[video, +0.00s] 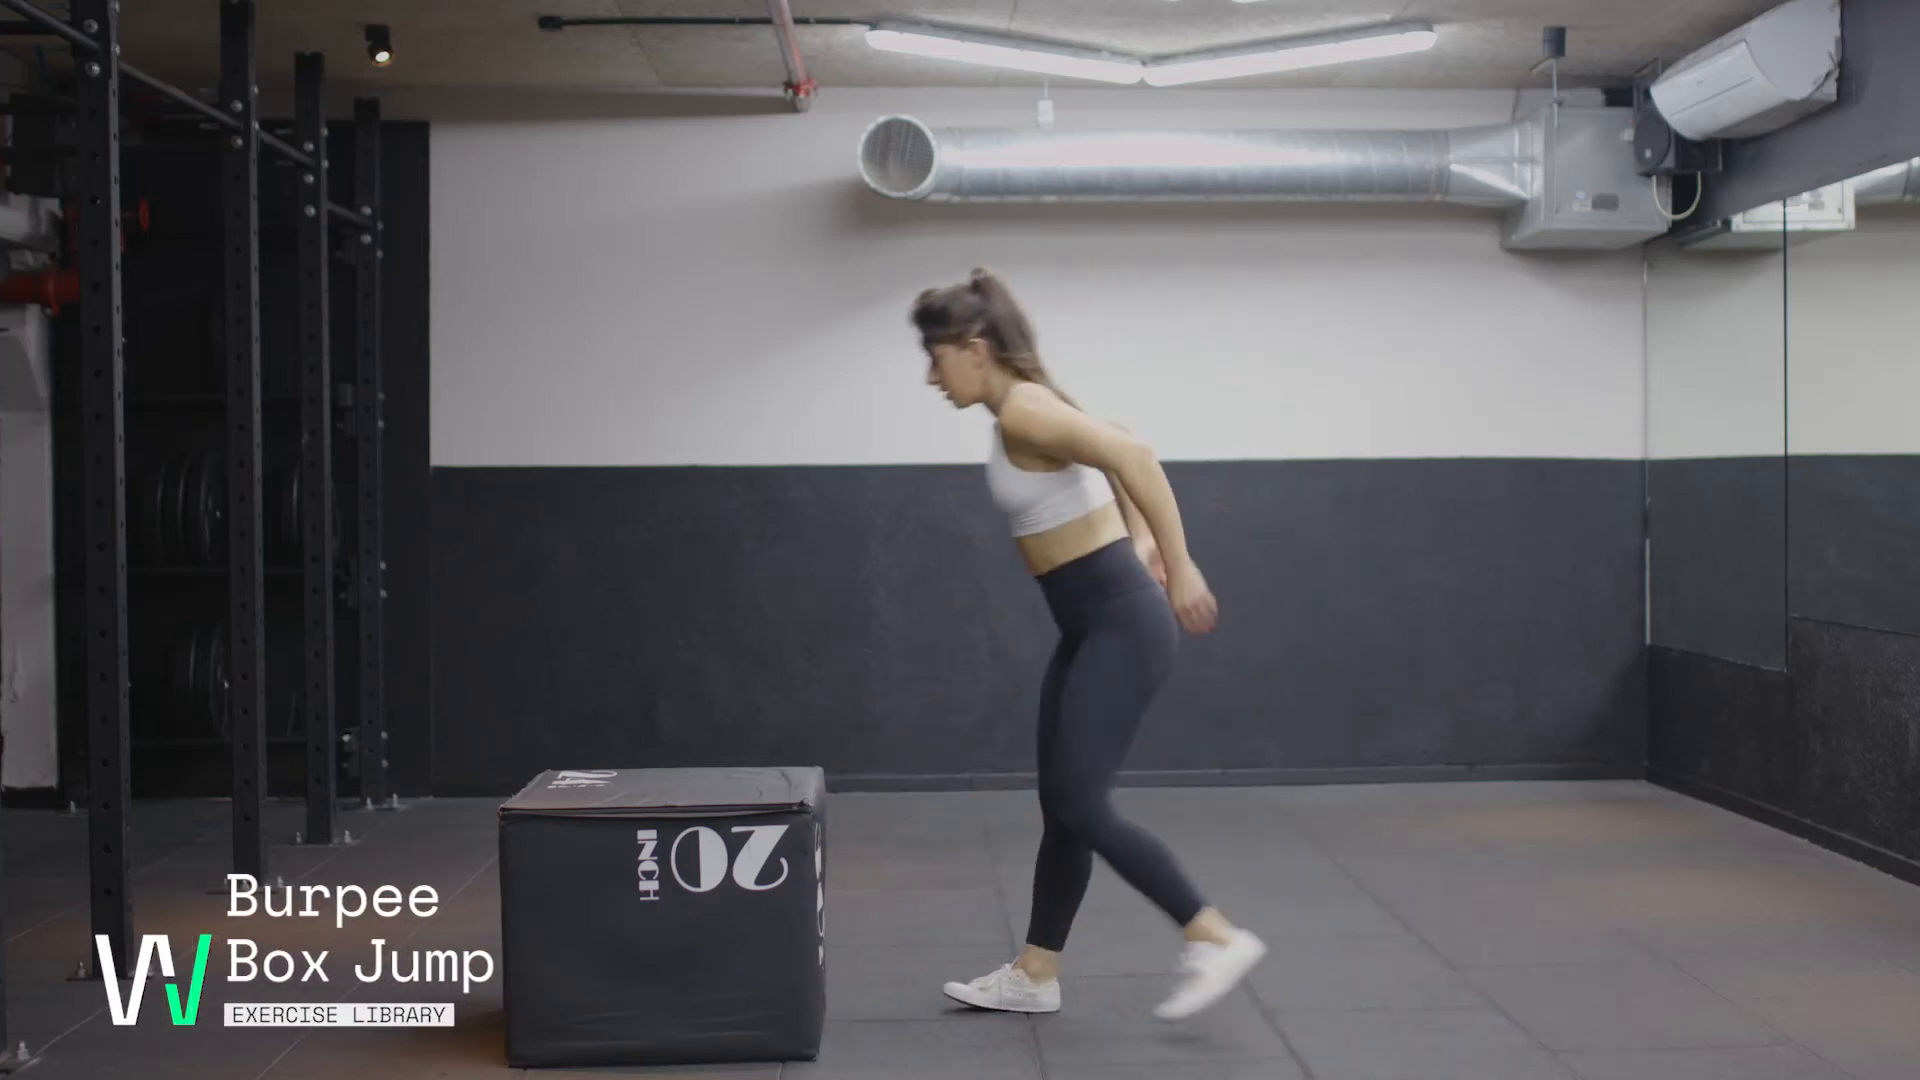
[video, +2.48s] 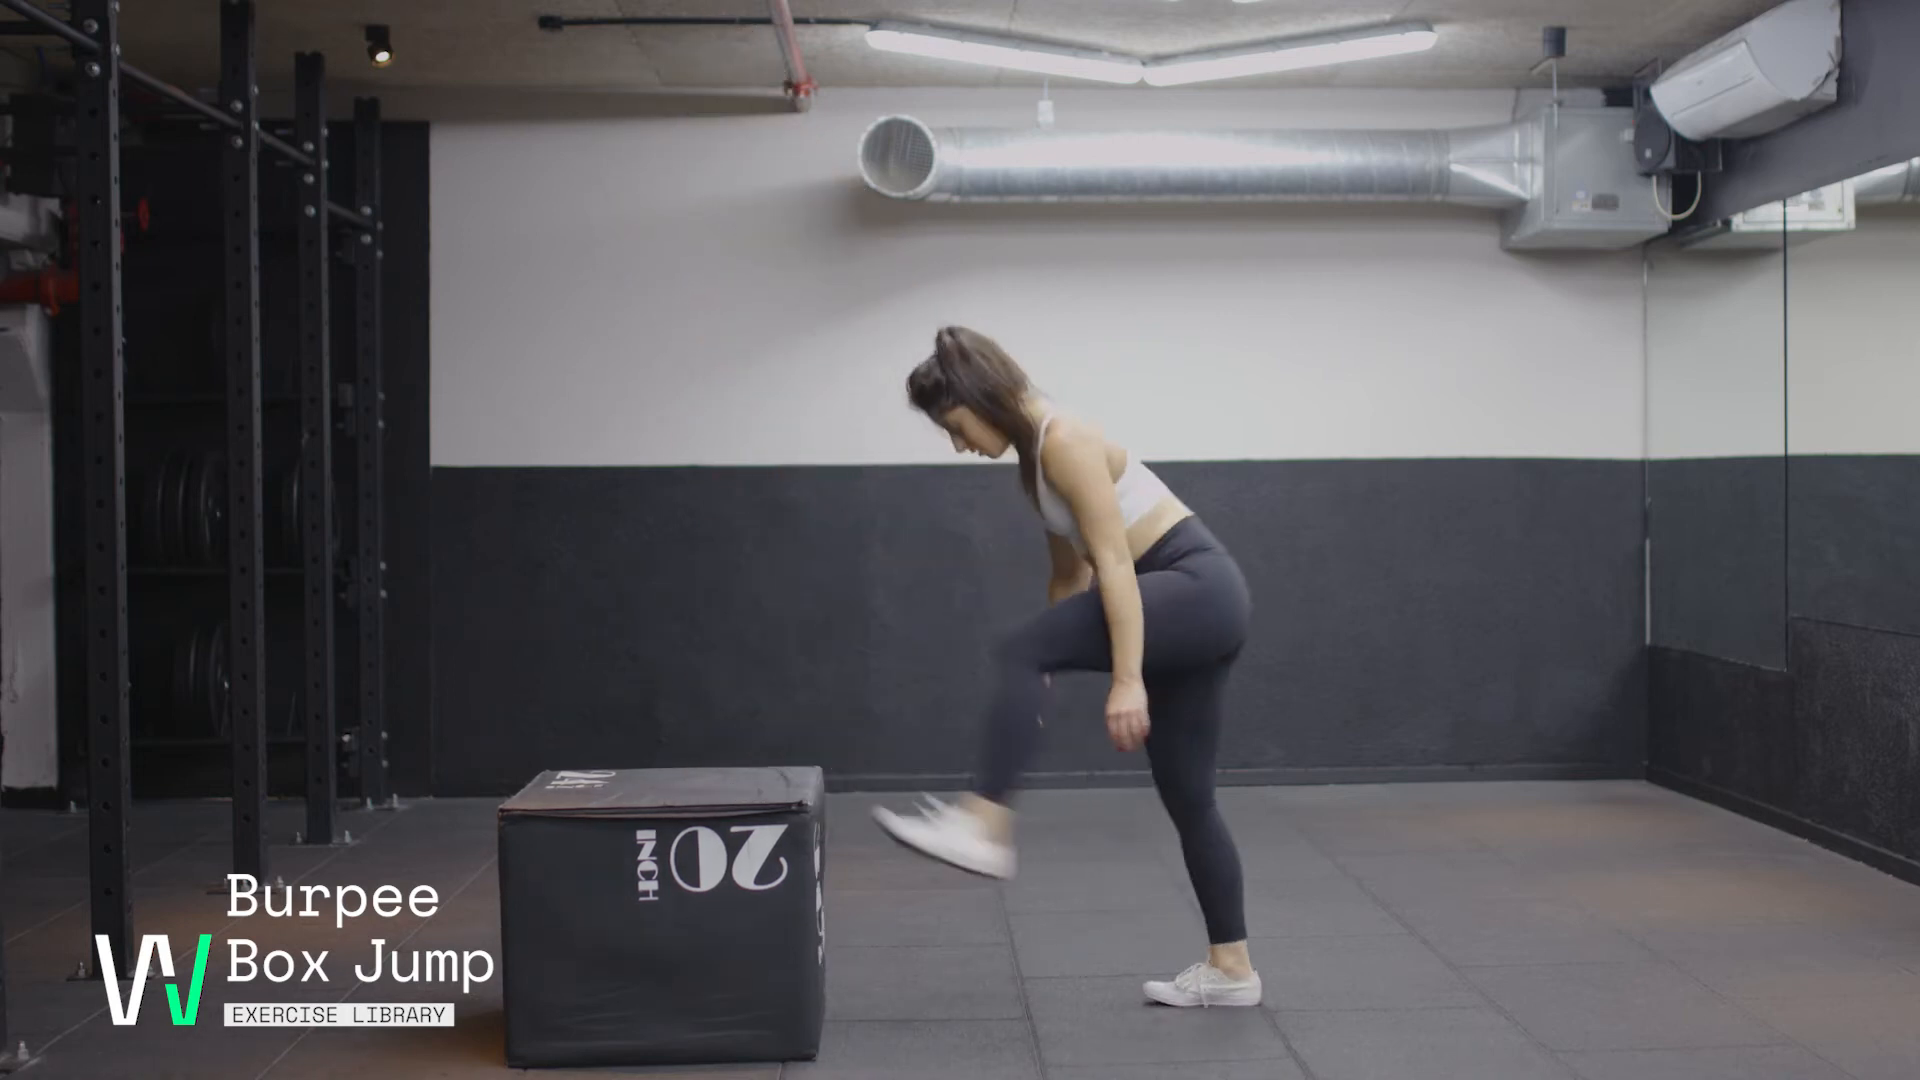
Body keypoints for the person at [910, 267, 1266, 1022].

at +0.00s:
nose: (929, 372)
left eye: (936, 354)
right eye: (928, 356)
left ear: (977, 348)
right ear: (979, 350)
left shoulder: (1024, 411)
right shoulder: (1022, 412)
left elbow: (1136, 457)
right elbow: (1118, 462)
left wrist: (1181, 570)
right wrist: (1145, 553)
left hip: (1122, 623)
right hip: (1091, 625)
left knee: (1081, 802)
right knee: (1063, 799)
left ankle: (1216, 938)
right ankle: (1037, 970)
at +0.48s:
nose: (830, 347)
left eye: (841, 333)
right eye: (830, 333)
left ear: (883, 331)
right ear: (869, 336)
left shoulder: (901, 401)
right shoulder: (888, 400)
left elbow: (784, 471)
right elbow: (788, 468)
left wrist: (721, 393)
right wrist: (730, 397)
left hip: (988, 623)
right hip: (972, 620)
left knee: (951, 803)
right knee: (949, 800)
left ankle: (1023, 985)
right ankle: (1016, 966)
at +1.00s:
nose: (627, 312)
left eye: (628, 294)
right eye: (621, 298)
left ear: (666, 275)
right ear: (668, 276)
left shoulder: (727, 344)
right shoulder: (741, 328)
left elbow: (732, 481)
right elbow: (770, 476)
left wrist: (712, 599)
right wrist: (755, 574)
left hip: (895, 473)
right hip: (899, 468)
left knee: (741, 573)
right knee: (741, 569)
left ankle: (783, 754)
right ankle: (778, 749)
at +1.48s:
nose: (695, 119)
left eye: (696, 102)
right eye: (689, 105)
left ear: (731, 82)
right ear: (743, 78)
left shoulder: (765, 154)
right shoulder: (796, 147)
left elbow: (786, 286)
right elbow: (819, 282)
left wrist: (778, 400)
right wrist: (793, 388)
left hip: (806, 366)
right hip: (821, 362)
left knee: (788, 567)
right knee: (790, 566)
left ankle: (787, 753)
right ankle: (783, 746)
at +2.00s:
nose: (771, 243)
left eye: (772, 226)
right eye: (764, 229)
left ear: (799, 207)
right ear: (815, 198)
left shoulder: (859, 274)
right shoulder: (865, 258)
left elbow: (910, 399)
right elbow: (888, 389)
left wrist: (907, 518)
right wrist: (815, 427)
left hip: (951, 460)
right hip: (980, 457)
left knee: (789, 571)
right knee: (1015, 649)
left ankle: (785, 757)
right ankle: (1095, 802)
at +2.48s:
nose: (957, 442)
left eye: (955, 425)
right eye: (948, 432)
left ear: (986, 398)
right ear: (987, 401)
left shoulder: (1065, 446)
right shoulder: (1039, 458)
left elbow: (1114, 563)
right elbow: (1069, 570)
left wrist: (1128, 680)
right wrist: (1039, 663)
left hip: (1196, 589)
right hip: (1186, 600)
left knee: (1021, 650)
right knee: (1190, 795)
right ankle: (1232, 966)